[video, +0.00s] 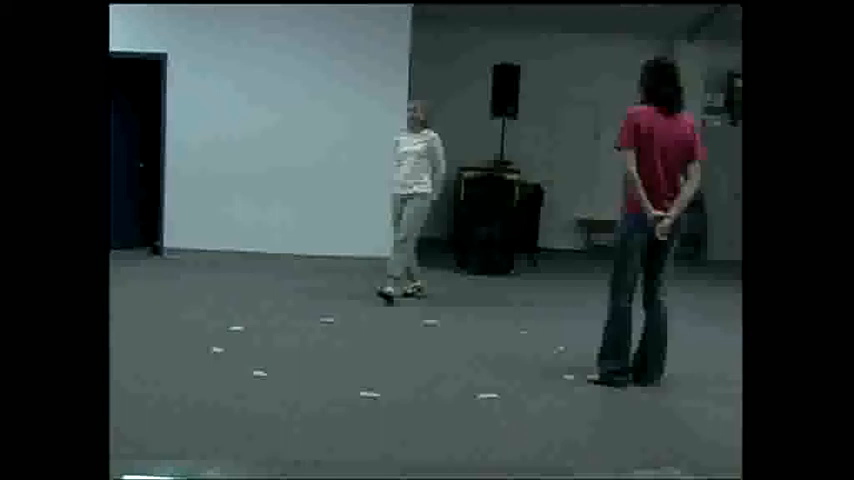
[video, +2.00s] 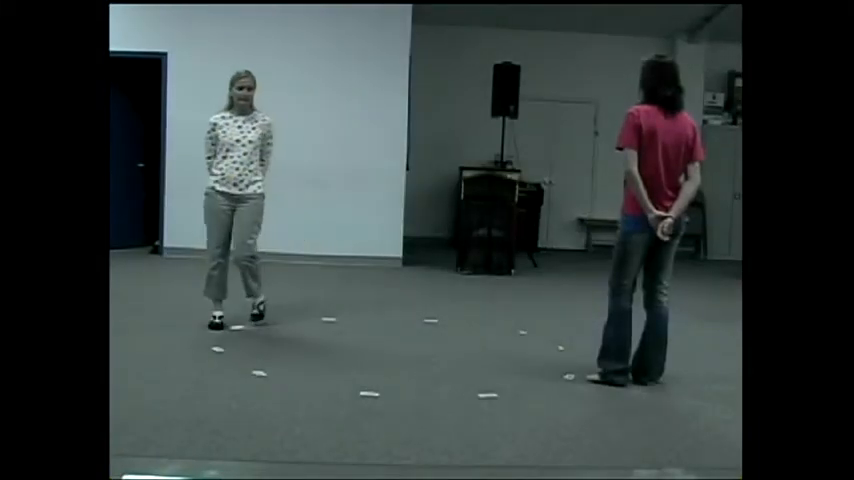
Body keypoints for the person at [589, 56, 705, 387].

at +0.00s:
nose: (640, 88)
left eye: (642, 83)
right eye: (643, 83)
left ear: (647, 87)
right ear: (675, 86)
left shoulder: (636, 117)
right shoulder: (687, 124)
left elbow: (631, 169)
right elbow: (693, 178)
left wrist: (650, 209)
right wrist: (670, 216)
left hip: (636, 217)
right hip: (668, 219)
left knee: (622, 292)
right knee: (656, 292)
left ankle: (613, 368)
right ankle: (650, 368)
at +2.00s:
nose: (642, 86)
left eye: (643, 80)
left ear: (647, 84)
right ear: (676, 85)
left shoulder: (637, 116)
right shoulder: (688, 124)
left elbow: (631, 168)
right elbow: (694, 178)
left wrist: (651, 210)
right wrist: (673, 216)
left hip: (638, 219)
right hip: (672, 221)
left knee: (622, 290)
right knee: (658, 293)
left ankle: (614, 368)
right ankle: (649, 370)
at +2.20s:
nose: (641, 86)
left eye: (643, 80)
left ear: (647, 84)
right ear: (676, 85)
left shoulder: (638, 116)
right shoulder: (689, 124)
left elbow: (631, 168)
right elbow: (694, 178)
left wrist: (651, 210)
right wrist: (673, 216)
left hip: (638, 219)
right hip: (672, 220)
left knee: (622, 291)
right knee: (658, 293)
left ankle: (614, 368)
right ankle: (649, 370)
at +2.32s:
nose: (642, 86)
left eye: (643, 80)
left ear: (647, 84)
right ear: (676, 85)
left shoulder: (638, 116)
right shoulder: (689, 124)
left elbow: (631, 168)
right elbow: (694, 178)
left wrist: (651, 210)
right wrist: (673, 216)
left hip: (638, 219)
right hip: (672, 220)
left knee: (622, 291)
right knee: (658, 293)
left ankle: (614, 368)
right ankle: (649, 370)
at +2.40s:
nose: (642, 86)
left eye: (643, 80)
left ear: (647, 84)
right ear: (676, 85)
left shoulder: (638, 116)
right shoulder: (689, 124)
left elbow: (631, 168)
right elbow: (694, 178)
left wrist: (651, 210)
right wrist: (673, 216)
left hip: (638, 219)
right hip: (672, 220)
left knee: (622, 291)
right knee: (659, 293)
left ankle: (614, 368)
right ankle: (649, 370)